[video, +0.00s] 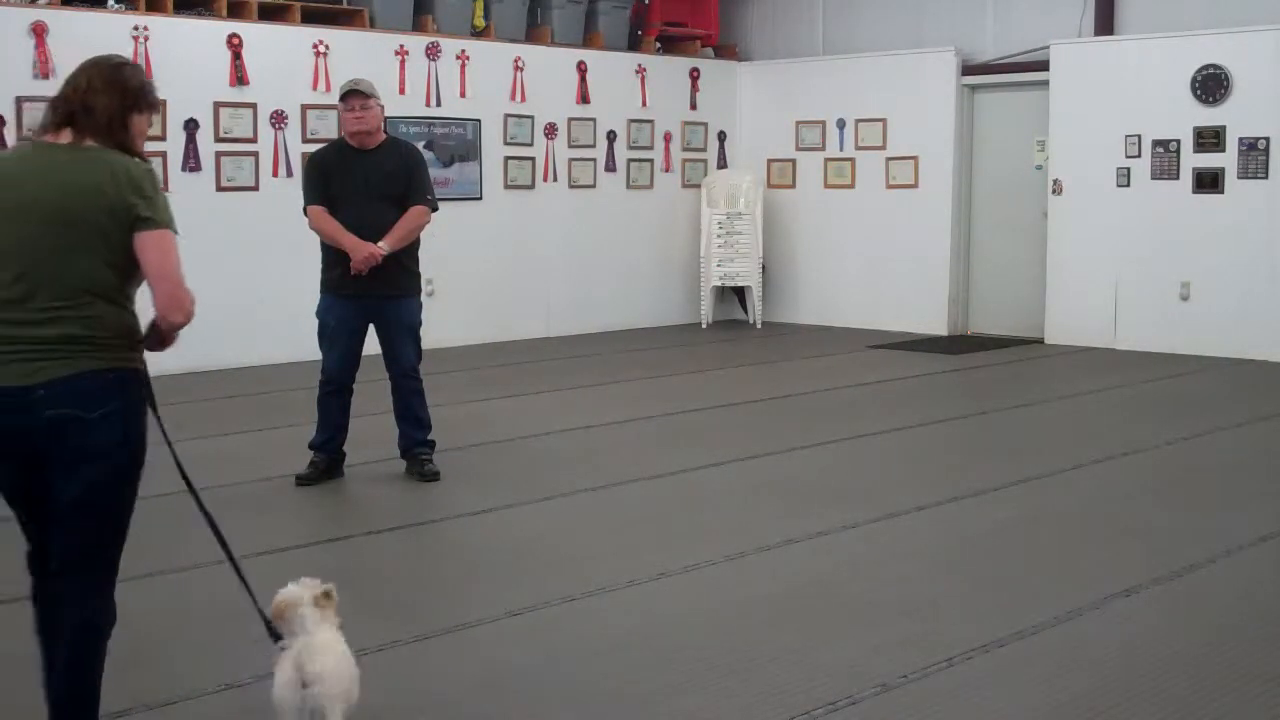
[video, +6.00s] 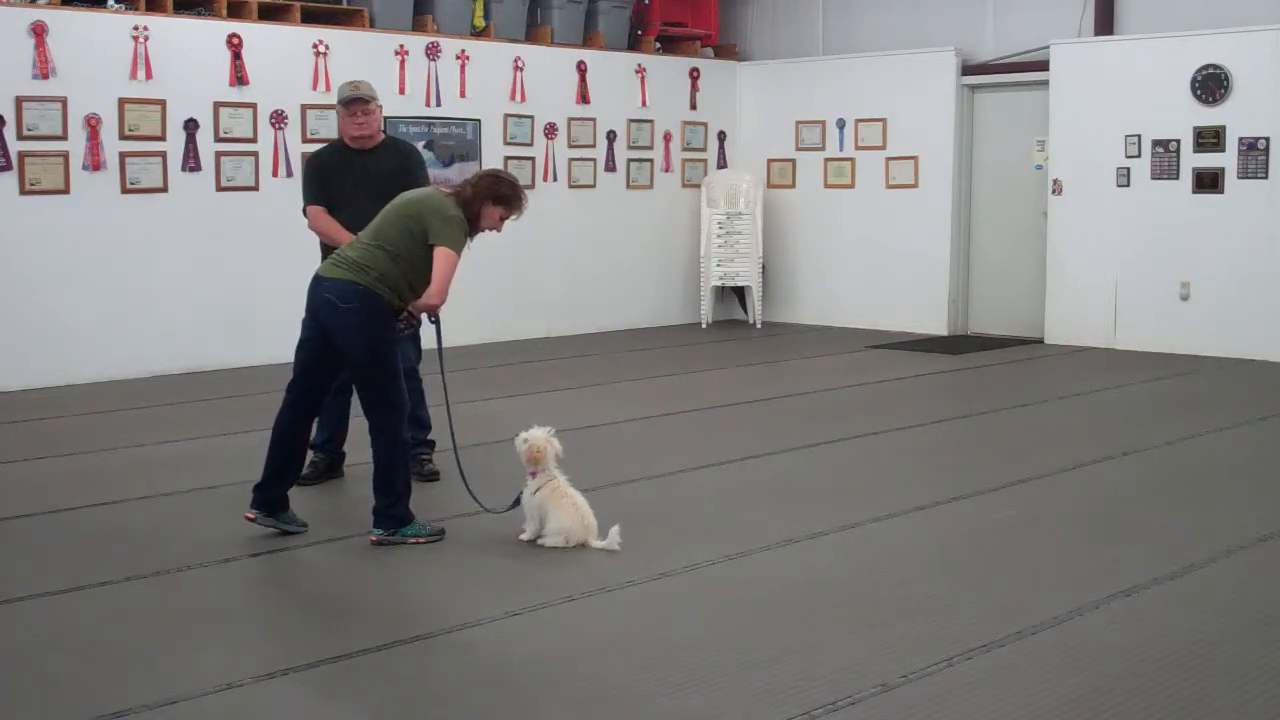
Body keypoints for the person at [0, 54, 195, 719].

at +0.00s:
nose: (149, 132)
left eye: (151, 120)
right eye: (146, 119)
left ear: (71, 106)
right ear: (119, 113)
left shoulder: (10, 165)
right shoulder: (128, 175)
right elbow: (173, 305)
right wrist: (161, 331)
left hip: (8, 398)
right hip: (94, 397)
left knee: (47, 560)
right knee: (86, 578)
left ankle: (66, 700)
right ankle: (74, 708)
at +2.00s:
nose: (317, 235)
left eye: (321, 225)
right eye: (319, 223)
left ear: (277, 198)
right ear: (304, 211)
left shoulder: (221, 210)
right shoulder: (291, 232)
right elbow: (302, 325)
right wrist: (314, 395)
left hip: (160, 316)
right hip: (225, 319)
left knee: (201, 438)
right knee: (249, 437)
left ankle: (204, 566)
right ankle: (255, 554)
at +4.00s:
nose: (344, 147)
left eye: (346, 139)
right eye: (340, 138)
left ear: (312, 133)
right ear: (316, 132)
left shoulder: (277, 170)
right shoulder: (302, 176)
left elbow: (293, 238)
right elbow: (297, 253)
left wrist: (339, 219)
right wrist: (341, 224)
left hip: (272, 299)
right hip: (299, 302)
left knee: (266, 409)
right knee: (311, 412)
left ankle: (256, 514)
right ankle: (316, 519)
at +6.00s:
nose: (501, 225)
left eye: (506, 219)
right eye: (503, 215)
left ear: (481, 198)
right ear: (485, 200)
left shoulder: (426, 197)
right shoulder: (451, 219)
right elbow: (436, 298)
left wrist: (410, 302)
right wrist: (413, 307)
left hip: (327, 291)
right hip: (364, 304)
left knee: (302, 399)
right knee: (389, 415)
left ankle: (268, 501)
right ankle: (392, 520)